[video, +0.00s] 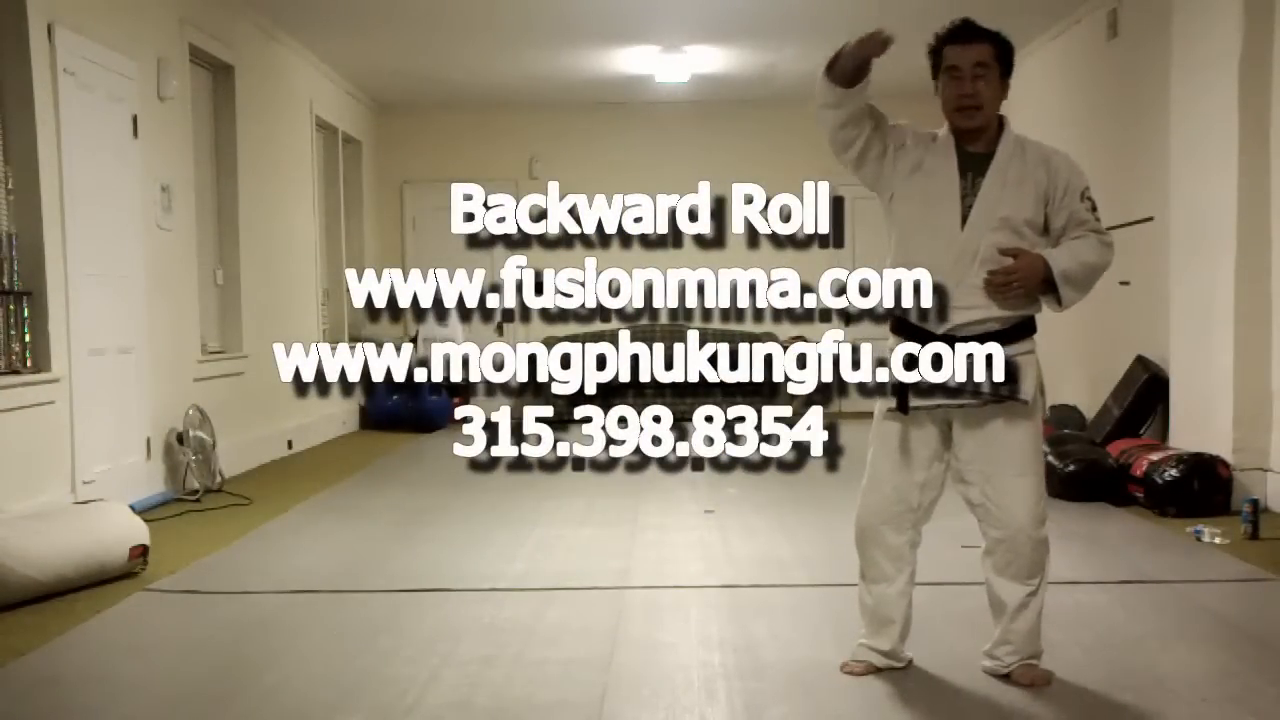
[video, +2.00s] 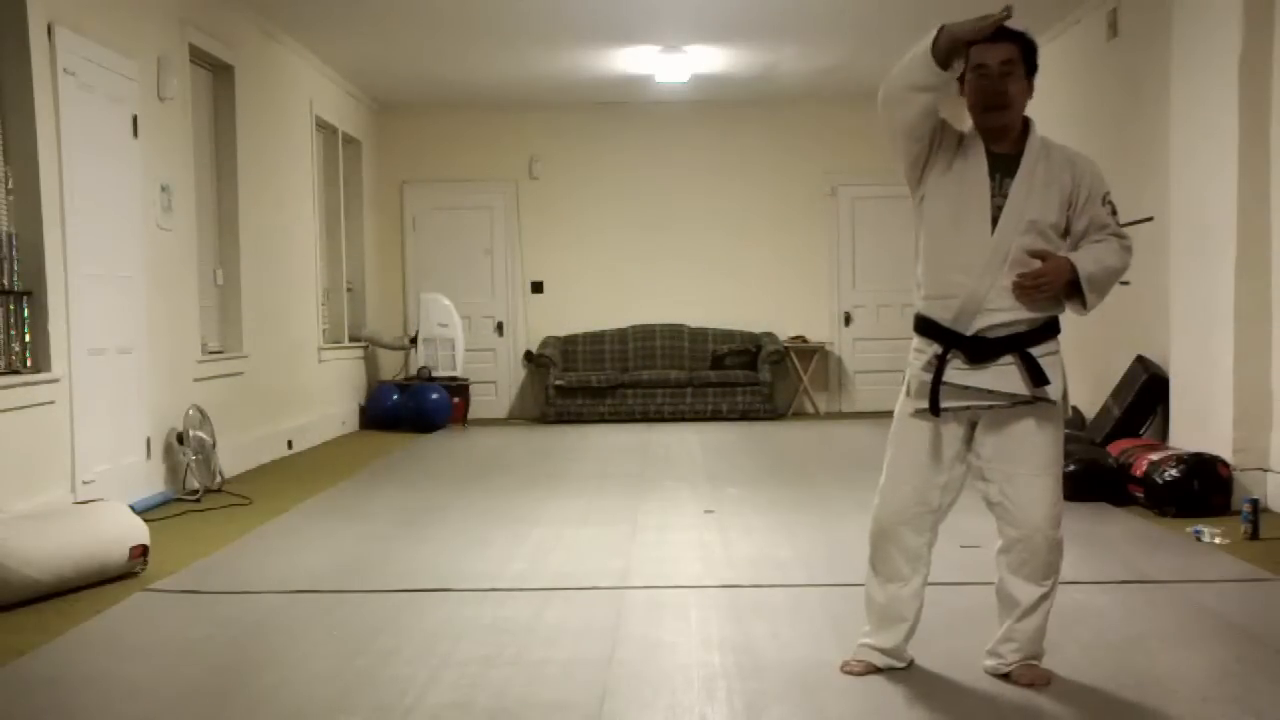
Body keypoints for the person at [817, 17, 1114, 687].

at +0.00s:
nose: (965, 86)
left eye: (980, 73)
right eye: (952, 75)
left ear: (1004, 84)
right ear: (936, 88)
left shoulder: (1048, 168)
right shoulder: (902, 157)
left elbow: (1093, 245)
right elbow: (844, 122)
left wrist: (1048, 268)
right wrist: (852, 63)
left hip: (1002, 362)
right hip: (912, 362)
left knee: (1019, 522)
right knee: (884, 515)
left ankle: (1014, 654)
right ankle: (881, 643)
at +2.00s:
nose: (991, 83)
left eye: (1007, 70)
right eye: (978, 71)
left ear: (1029, 84)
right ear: (960, 85)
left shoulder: (1070, 171)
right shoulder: (935, 158)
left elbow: (1113, 249)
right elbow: (900, 98)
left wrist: (1074, 270)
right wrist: (951, 38)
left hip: (1026, 369)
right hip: (936, 366)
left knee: (1036, 526)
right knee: (899, 514)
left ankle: (1016, 653)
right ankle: (882, 641)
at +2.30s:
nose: (989, 85)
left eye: (1001, 72)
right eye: (972, 74)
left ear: (1019, 82)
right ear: (950, 88)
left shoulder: (1063, 168)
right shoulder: (926, 159)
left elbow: (1110, 242)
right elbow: (888, 106)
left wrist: (1072, 266)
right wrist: (933, 48)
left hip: (1027, 368)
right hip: (937, 366)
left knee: (1037, 526)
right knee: (901, 516)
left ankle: (1016, 653)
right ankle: (884, 641)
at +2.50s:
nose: (981, 85)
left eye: (991, 70)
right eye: (962, 76)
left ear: (1009, 80)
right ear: (941, 94)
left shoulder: (1059, 167)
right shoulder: (918, 162)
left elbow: (1106, 241)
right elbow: (869, 119)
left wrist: (1064, 266)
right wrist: (888, 62)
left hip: (1023, 367)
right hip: (933, 366)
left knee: (1035, 525)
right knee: (900, 516)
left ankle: (1017, 653)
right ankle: (884, 641)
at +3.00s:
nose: (975, 83)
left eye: (983, 69)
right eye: (956, 74)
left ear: (999, 81)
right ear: (930, 96)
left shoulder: (1048, 163)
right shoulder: (907, 164)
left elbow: (1098, 234)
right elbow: (843, 166)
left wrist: (1057, 262)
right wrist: (803, 134)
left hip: (1020, 370)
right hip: (931, 371)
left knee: (1033, 527)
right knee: (898, 518)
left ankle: (1016, 653)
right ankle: (884, 643)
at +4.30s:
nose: (987, 106)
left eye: (1001, 91)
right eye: (972, 92)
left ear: (1024, 94)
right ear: (952, 97)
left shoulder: (1067, 160)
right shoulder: (926, 167)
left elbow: (1104, 238)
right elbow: (880, 234)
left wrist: (1025, 207)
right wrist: (938, 253)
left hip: (1034, 375)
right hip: (942, 374)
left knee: (1044, 538)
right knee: (897, 516)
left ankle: (1021, 654)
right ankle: (911, 657)